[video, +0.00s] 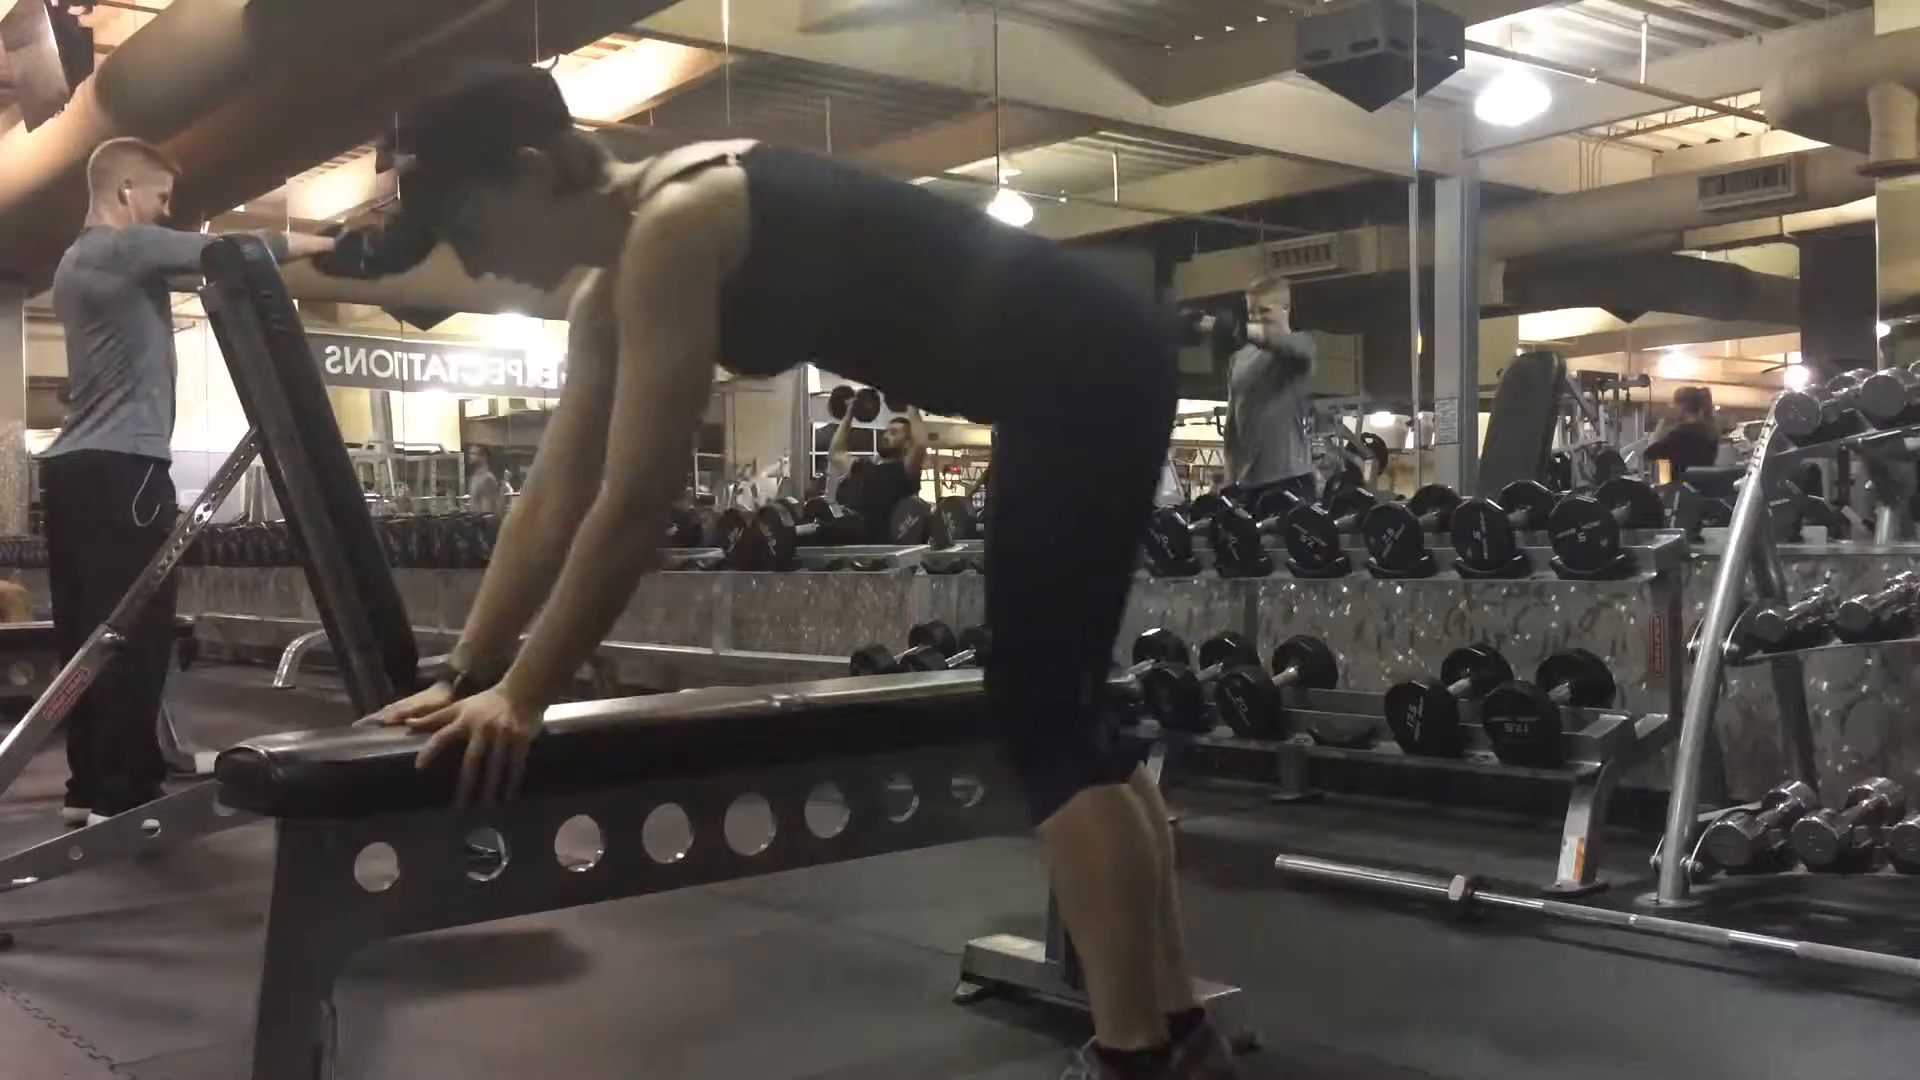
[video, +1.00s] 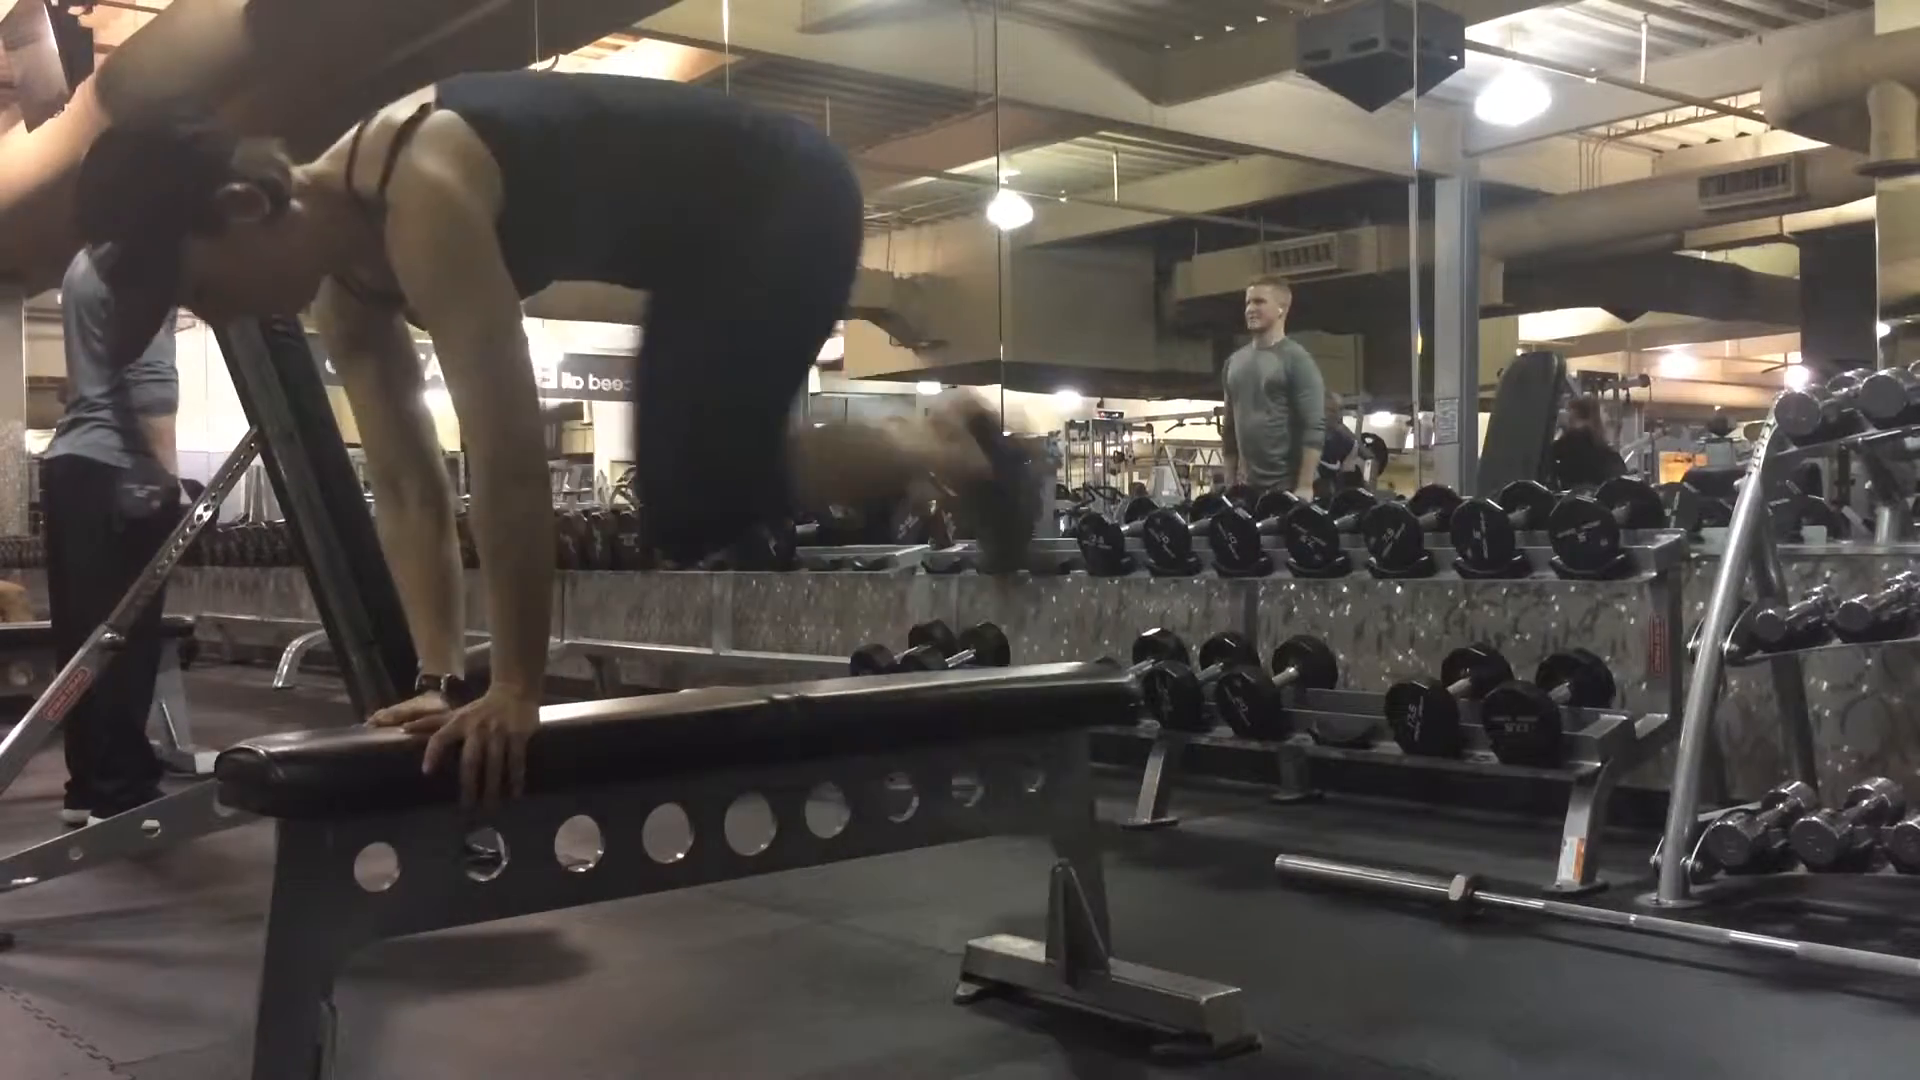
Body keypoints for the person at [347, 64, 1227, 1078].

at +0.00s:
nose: (477, 267)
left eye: (473, 233)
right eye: (460, 244)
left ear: (539, 170)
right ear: (540, 178)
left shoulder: (673, 232)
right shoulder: (619, 272)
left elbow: (639, 498)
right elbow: (559, 487)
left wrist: (518, 697)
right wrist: (464, 672)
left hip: (1081, 362)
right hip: (1073, 362)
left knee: (1041, 723)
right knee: (1071, 714)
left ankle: (1134, 1046)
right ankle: (1172, 1015)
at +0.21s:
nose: (435, 259)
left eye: (425, 224)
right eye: (416, 242)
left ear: (482, 161)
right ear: (475, 177)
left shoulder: (633, 222)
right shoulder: (571, 269)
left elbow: (618, 500)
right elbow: (528, 490)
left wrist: (517, 693)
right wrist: (456, 673)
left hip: (1035, 375)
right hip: (1007, 384)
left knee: (1023, 721)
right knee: (1040, 716)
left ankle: (1130, 1037)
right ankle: (1165, 1007)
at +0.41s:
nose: (403, 258)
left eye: (394, 225)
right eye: (384, 240)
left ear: (451, 157)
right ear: (451, 169)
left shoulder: (607, 220)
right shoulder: (543, 273)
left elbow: (612, 501)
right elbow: (515, 482)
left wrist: (516, 694)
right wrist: (456, 672)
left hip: (1009, 374)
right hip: (965, 393)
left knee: (1021, 722)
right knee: (1018, 715)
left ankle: (1134, 1035)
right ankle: (1149, 994)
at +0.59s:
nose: (402, 283)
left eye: (394, 245)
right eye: (382, 261)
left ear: (455, 179)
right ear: (454, 192)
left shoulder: (610, 239)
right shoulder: (539, 287)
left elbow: (638, 505)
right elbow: (525, 495)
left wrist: (522, 695)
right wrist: (458, 674)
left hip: (996, 430)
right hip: (926, 453)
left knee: (934, 769)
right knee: (936, 756)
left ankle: (1128, 1036)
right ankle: (1123, 992)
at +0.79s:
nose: (274, 281)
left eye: (260, 248)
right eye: (251, 263)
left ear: (314, 181)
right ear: (296, 210)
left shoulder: (512, 218)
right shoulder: (411, 279)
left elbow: (570, 492)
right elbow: (444, 478)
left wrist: (522, 688)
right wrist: (448, 670)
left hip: (887, 356)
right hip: (824, 385)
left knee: (957, 681)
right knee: (948, 677)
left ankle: (1077, 956)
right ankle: (1077, 940)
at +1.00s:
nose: (238, 324)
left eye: (222, 297)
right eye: (211, 313)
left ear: (253, 205)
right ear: (238, 216)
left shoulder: (425, 202)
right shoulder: (337, 266)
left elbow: (508, 459)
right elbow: (402, 475)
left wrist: (514, 687)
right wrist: (440, 670)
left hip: (776, 196)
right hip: (701, 235)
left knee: (717, 483)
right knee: (685, 504)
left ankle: (953, 444)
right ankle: (934, 441)